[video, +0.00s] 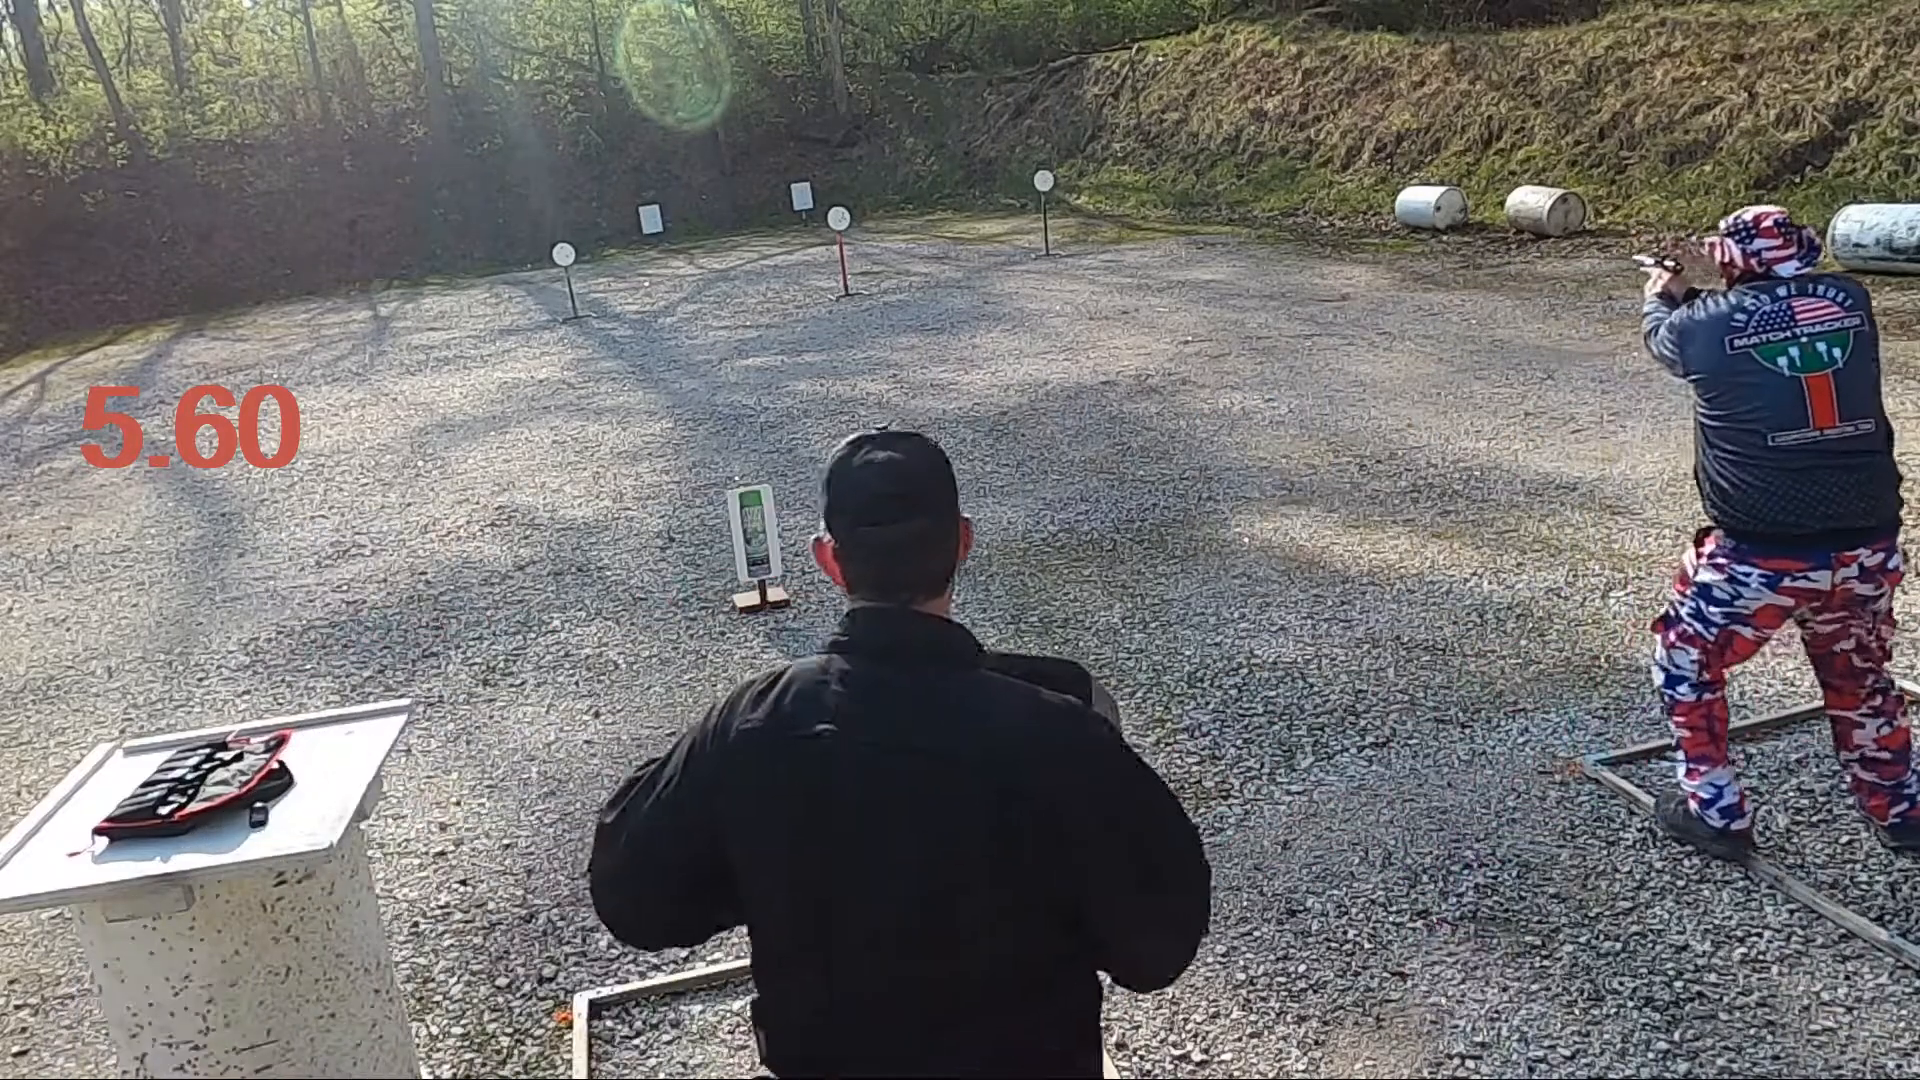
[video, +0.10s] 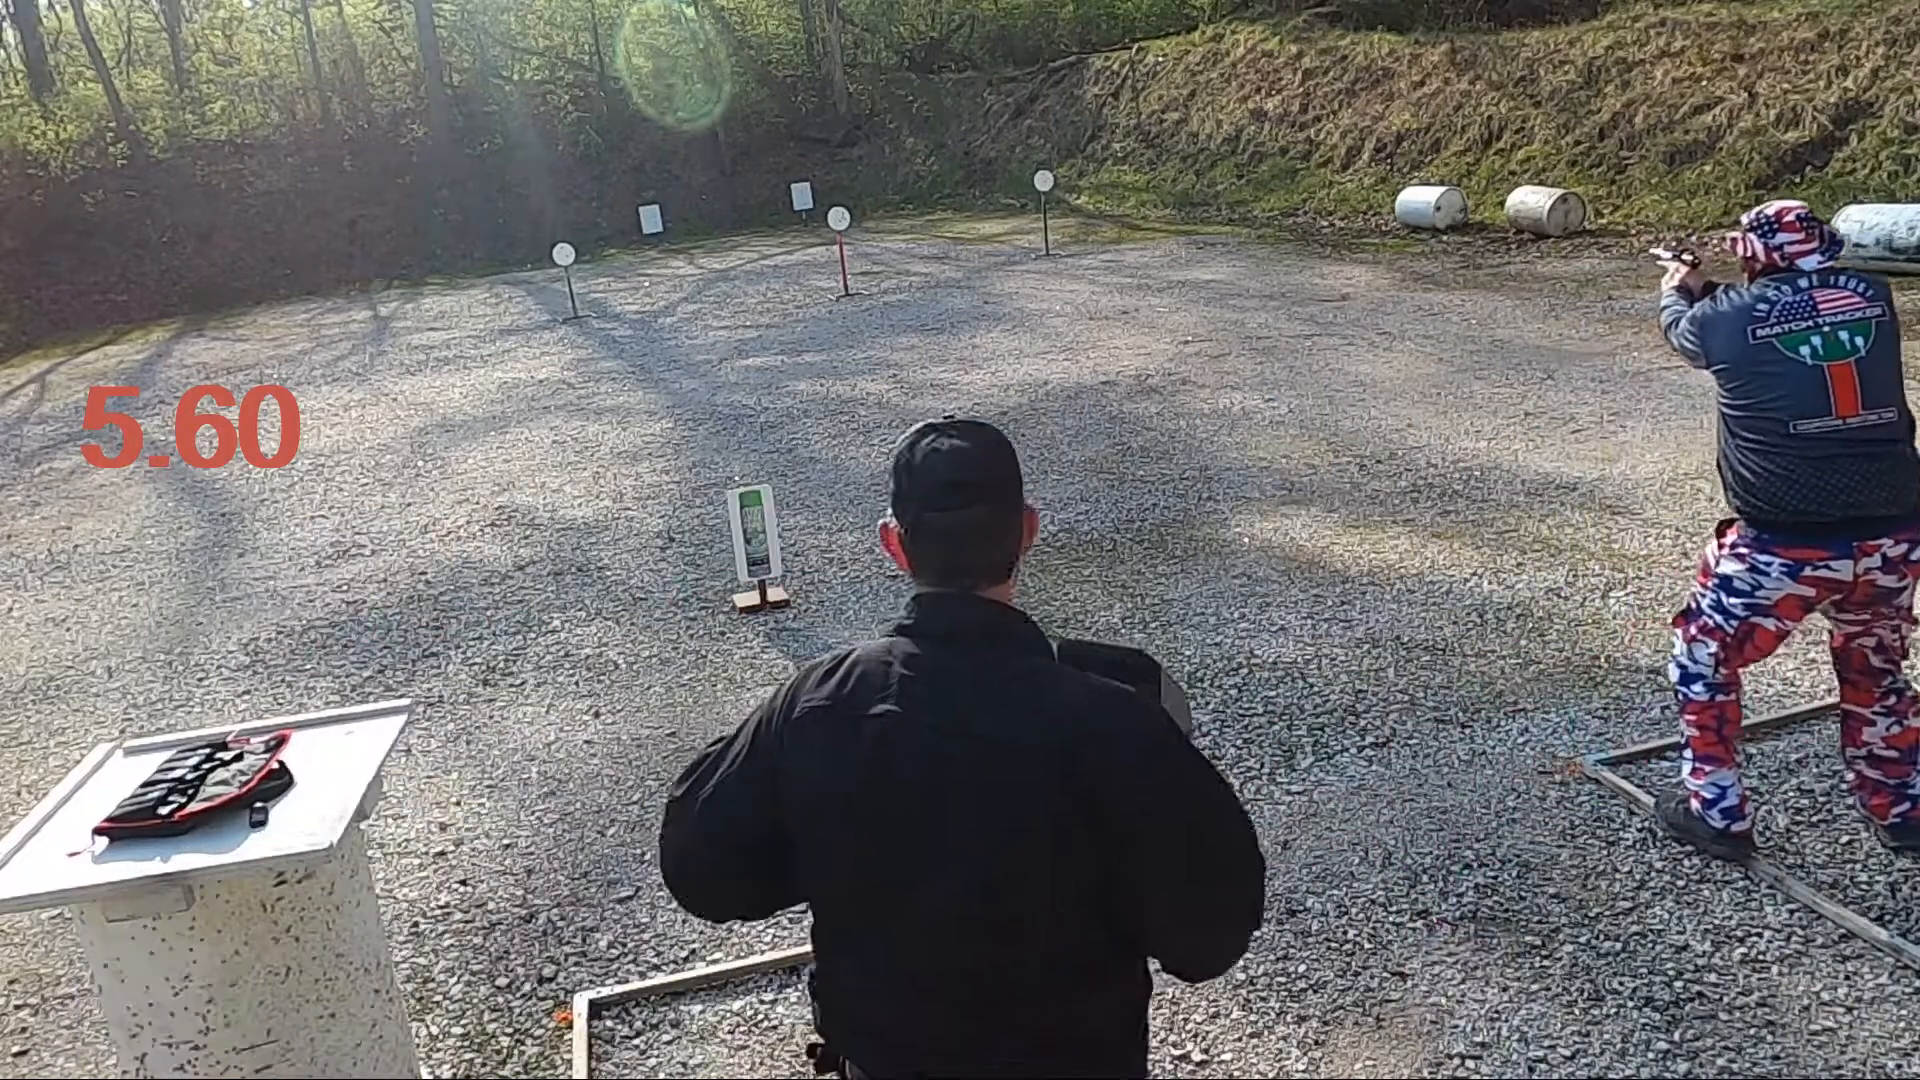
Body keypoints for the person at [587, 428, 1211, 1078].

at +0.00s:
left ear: (829, 560)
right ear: (963, 545)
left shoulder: (751, 731)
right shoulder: (1054, 736)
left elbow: (631, 901)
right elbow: (1159, 946)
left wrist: (780, 839)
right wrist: (1088, 751)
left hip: (821, 1063)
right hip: (1028, 1063)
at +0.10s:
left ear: (895, 545)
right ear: (1028, 532)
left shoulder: (817, 709)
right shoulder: (1107, 724)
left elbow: (698, 870)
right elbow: (1211, 936)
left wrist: (846, 827)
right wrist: (1164, 745)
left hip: (881, 1057)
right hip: (1076, 1059)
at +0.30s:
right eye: (1147, 508)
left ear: (1020, 528)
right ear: (1142, 525)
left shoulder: (946, 683)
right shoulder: (1214, 712)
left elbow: (833, 824)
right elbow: (1312, 919)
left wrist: (971, 798)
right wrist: (1252, 735)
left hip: (1009, 1043)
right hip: (1176, 1050)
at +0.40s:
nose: (1199, 512)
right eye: (1198, 499)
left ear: (1071, 525)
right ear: (1193, 516)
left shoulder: (1004, 673)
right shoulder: (1257, 706)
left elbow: (905, 809)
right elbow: (1365, 900)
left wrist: (1041, 798)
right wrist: (1309, 736)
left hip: (1073, 1031)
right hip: (1220, 1050)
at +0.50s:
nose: (1245, 497)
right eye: (1244, 481)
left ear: (1122, 507)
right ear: (1237, 501)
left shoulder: (1055, 654)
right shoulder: (1309, 687)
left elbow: (963, 781)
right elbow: (1410, 876)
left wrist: (1093, 768)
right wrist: (1360, 714)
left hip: (1117, 1009)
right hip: (1268, 1038)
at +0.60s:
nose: (1294, 468)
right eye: (1293, 455)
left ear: (1170, 485)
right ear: (1286, 480)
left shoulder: (1103, 626)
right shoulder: (1348, 663)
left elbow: (1006, 752)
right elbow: (1451, 852)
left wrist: (1140, 743)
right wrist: (1406, 692)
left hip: (1157, 989)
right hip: (1302, 1021)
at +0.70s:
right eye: (1340, 444)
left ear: (1220, 470)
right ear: (1335, 464)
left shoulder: (1146, 608)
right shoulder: (1403, 641)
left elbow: (1047, 734)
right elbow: (1495, 831)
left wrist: (1174, 722)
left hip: (1200, 972)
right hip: (1353, 1006)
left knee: (1228, 1063)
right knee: (1482, 1064)